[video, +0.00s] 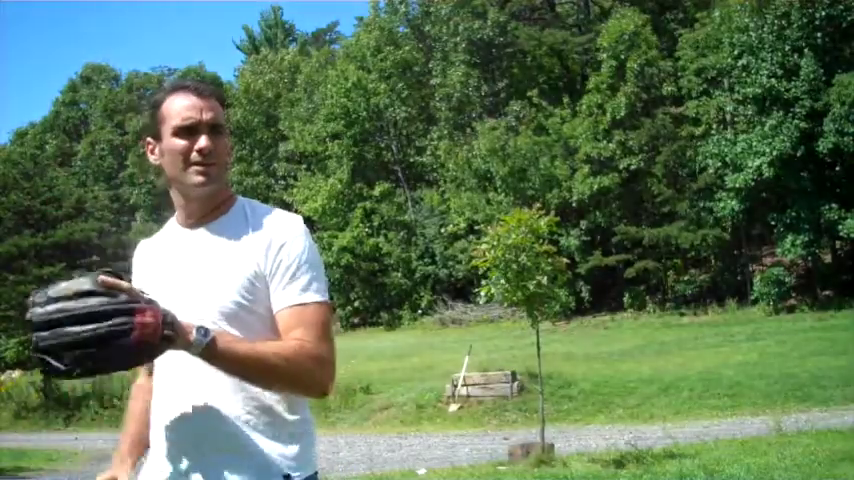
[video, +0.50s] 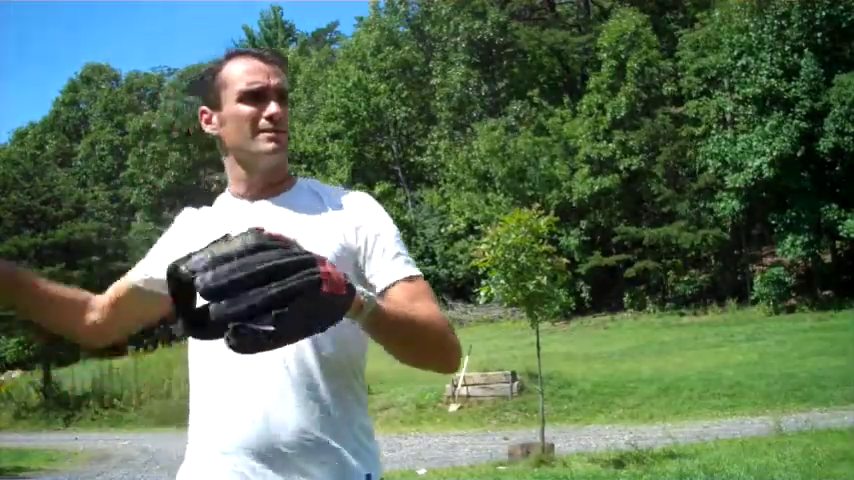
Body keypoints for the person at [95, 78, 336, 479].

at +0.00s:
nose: (205, 145)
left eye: (216, 131)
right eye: (187, 132)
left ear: (230, 144)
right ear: (154, 151)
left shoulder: (281, 233)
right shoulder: (150, 255)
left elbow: (316, 371)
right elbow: (150, 374)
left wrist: (187, 336)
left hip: (268, 467)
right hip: (169, 467)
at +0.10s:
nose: (211, 141)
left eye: (222, 128)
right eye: (192, 128)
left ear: (235, 142)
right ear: (159, 148)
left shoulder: (284, 228)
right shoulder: (156, 254)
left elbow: (326, 362)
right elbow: (163, 375)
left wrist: (196, 312)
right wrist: (124, 468)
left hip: (273, 467)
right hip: (172, 468)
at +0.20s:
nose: (219, 138)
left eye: (230, 125)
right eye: (200, 125)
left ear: (242, 138)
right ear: (165, 144)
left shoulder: (293, 225)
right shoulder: (166, 250)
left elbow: (345, 352)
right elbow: (170, 366)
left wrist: (214, 294)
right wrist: (91, 460)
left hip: (283, 467)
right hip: (181, 468)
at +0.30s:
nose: (232, 128)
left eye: (241, 115)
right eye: (212, 116)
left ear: (254, 129)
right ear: (177, 138)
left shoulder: (307, 218)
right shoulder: (174, 241)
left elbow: (376, 346)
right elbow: (156, 364)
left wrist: (247, 285)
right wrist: (57, 409)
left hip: (295, 468)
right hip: (190, 468)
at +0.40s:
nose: (252, 120)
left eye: (261, 108)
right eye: (232, 108)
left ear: (272, 123)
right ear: (193, 130)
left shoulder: (327, 214)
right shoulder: (185, 237)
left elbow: (411, 344)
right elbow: (139, 344)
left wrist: (295, 290)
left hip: (315, 465)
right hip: (204, 466)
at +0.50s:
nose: (275, 111)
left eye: (281, 98)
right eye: (254, 98)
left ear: (290, 111)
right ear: (212, 121)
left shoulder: (354, 213)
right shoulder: (190, 230)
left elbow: (445, 352)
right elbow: (98, 321)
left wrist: (352, 301)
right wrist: (9, 279)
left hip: (335, 465)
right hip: (220, 465)